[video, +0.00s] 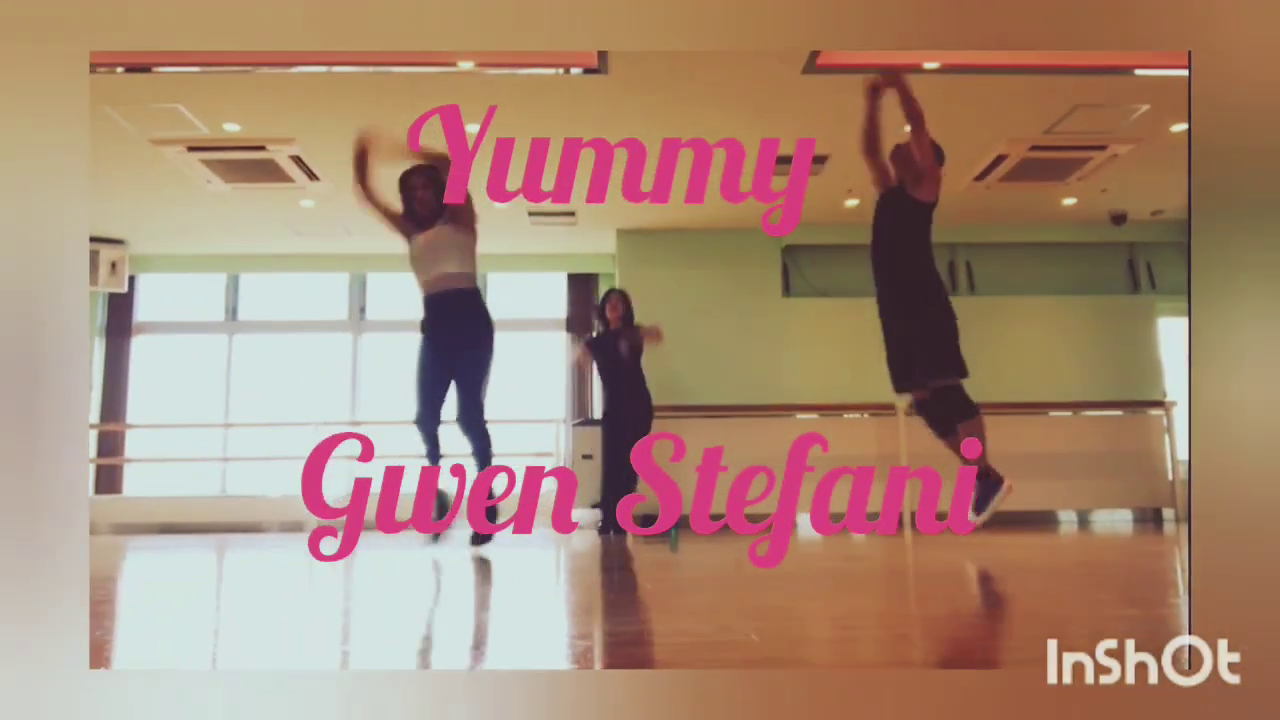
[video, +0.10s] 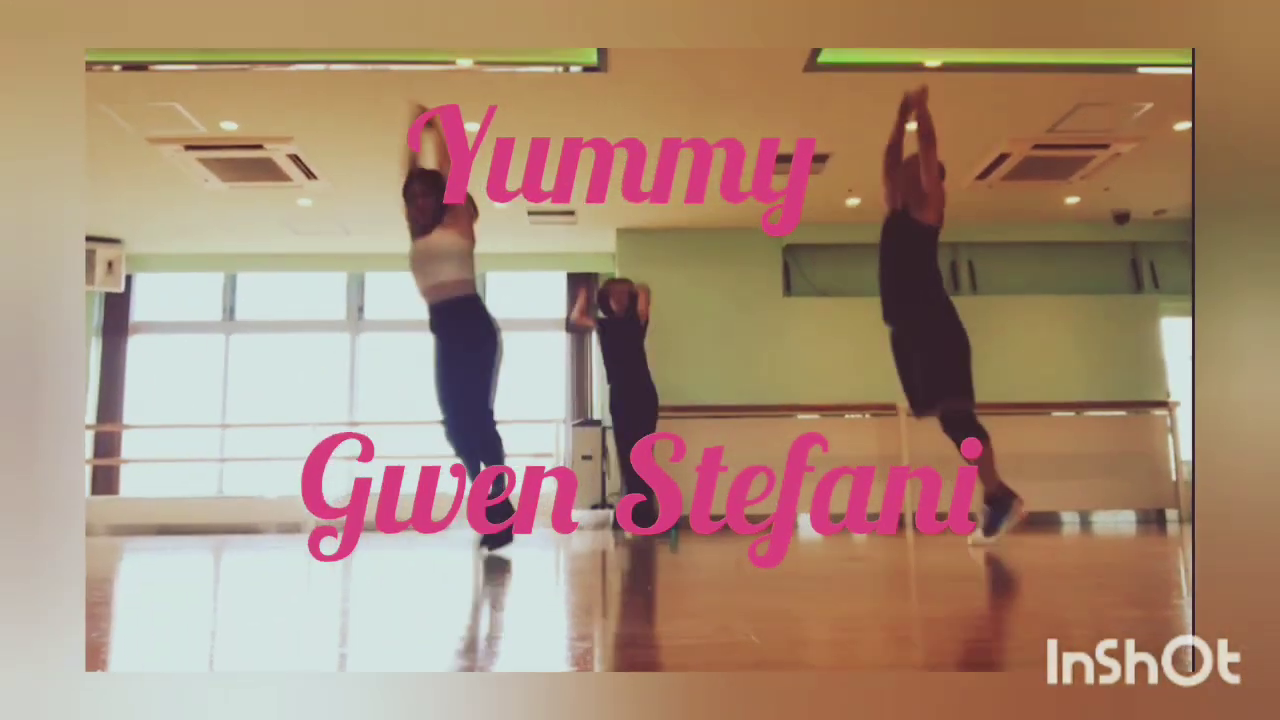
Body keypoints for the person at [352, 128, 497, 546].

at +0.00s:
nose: (419, 194)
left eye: (425, 187)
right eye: (411, 190)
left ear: (440, 189)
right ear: (405, 196)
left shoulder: (461, 218)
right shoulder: (410, 228)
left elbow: (460, 175)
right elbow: (366, 195)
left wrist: (433, 155)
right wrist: (362, 154)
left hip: (471, 320)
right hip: (437, 323)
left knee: (471, 416)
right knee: (426, 417)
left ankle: (486, 496)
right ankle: (435, 493)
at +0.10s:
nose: (419, 203)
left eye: (426, 195)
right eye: (414, 196)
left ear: (441, 197)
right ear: (408, 202)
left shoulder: (458, 223)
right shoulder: (419, 234)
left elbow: (456, 166)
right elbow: (413, 179)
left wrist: (441, 120)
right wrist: (415, 127)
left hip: (474, 329)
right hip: (447, 334)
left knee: (475, 420)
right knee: (456, 425)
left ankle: (502, 508)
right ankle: (491, 502)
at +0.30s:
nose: (412, 243)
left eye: (413, 235)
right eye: (408, 238)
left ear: (428, 228)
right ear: (419, 233)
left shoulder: (463, 248)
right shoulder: (435, 256)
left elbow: (457, 195)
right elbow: (408, 214)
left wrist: (450, 153)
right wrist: (417, 168)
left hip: (483, 361)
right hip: (460, 365)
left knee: (459, 449)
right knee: (406, 435)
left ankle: (509, 518)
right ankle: (451, 501)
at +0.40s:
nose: (418, 246)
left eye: (419, 238)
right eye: (415, 239)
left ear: (434, 230)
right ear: (424, 236)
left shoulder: (467, 257)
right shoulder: (438, 262)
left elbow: (448, 235)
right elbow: (405, 249)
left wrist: (431, 204)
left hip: (467, 369)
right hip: (446, 372)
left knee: (446, 461)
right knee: (369, 421)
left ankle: (505, 525)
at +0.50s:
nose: (417, 227)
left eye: (424, 219)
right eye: (419, 219)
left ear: (439, 222)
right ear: (458, 225)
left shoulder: (448, 259)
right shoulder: (432, 262)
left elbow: (459, 306)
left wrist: (462, 318)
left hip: (436, 372)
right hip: (420, 373)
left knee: (429, 471)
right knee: (338, 437)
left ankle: (501, 534)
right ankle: (302, 530)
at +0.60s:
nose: (424, 224)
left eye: (434, 224)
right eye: (432, 221)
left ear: (435, 243)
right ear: (448, 254)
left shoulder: (415, 271)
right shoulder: (408, 272)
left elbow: (440, 327)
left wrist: (469, 373)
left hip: (398, 388)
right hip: (394, 388)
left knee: (411, 487)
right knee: (302, 444)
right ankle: (273, 540)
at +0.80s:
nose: (339, 230)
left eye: (348, 227)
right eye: (343, 226)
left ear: (360, 243)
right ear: (349, 240)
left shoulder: (354, 272)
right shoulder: (324, 269)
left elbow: (352, 306)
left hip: (347, 391)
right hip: (317, 394)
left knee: (375, 481)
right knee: (235, 456)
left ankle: (469, 547)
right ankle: (249, 552)